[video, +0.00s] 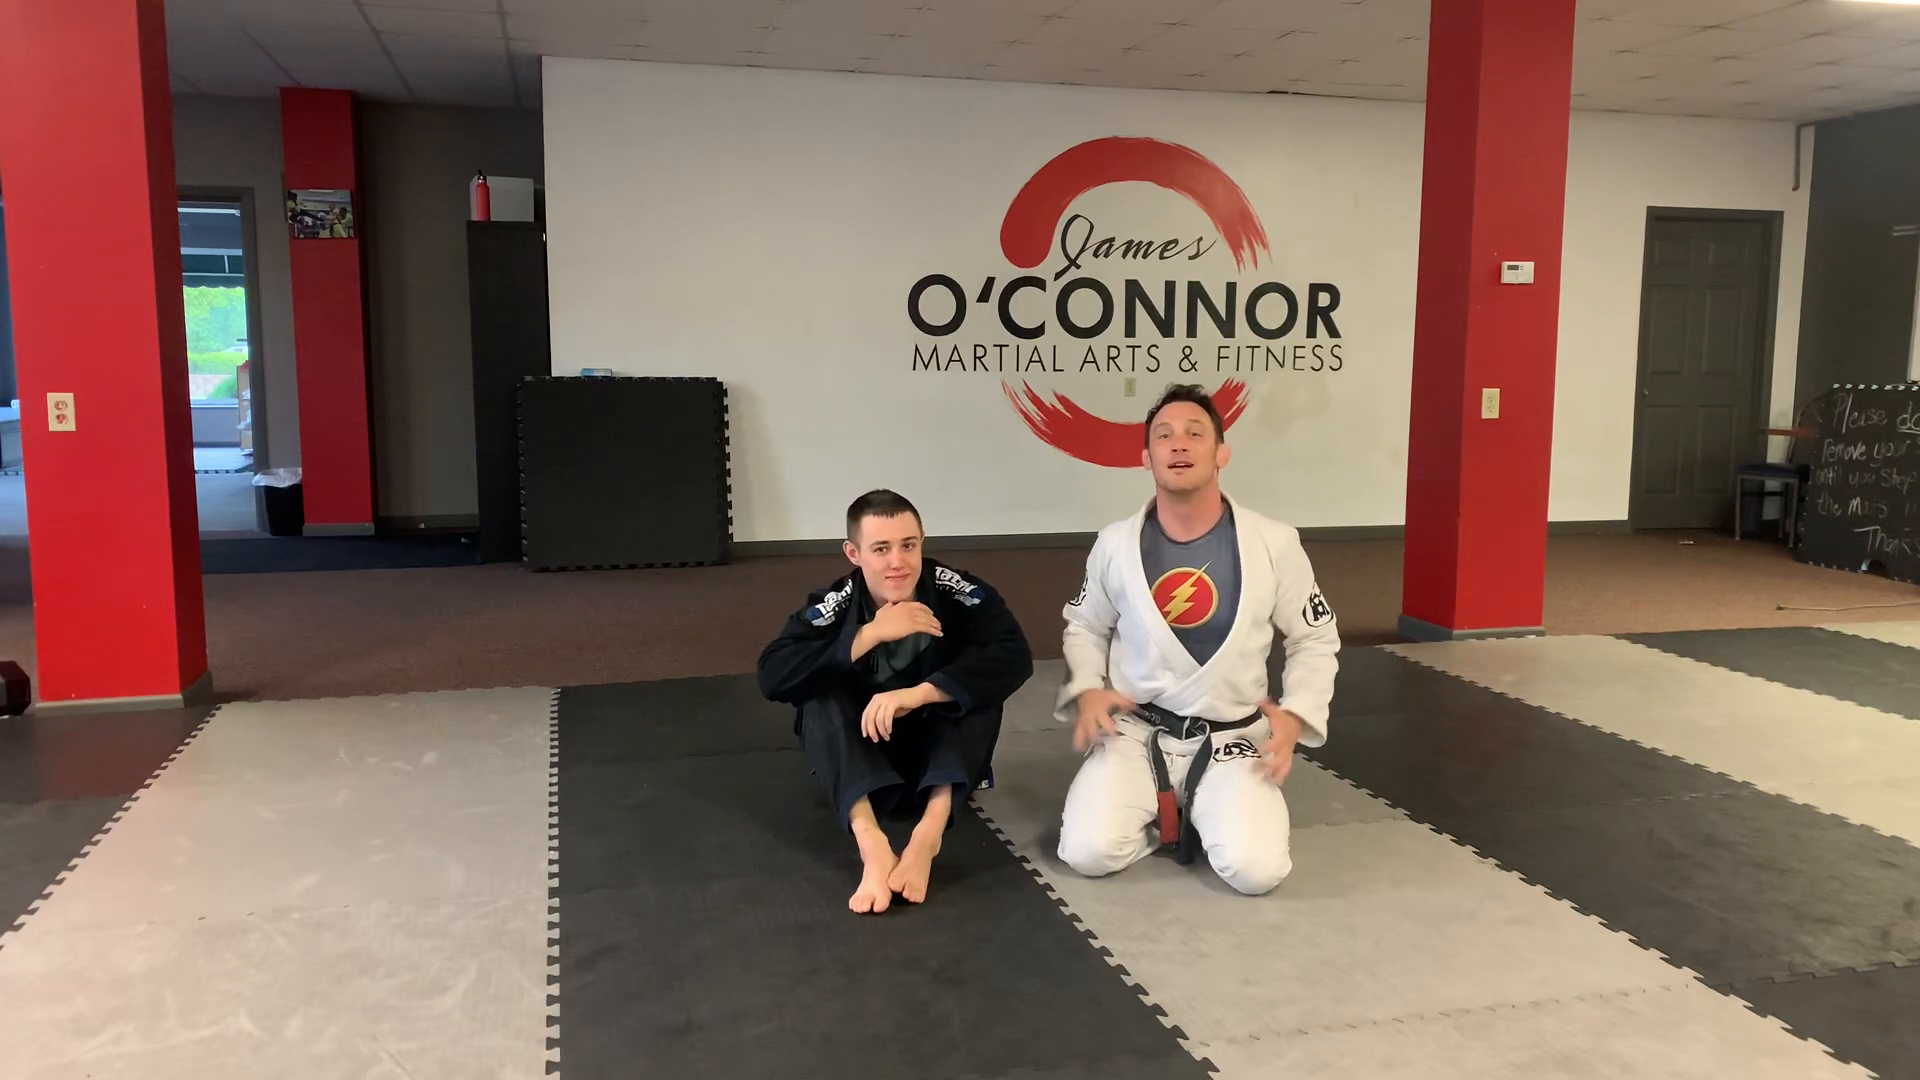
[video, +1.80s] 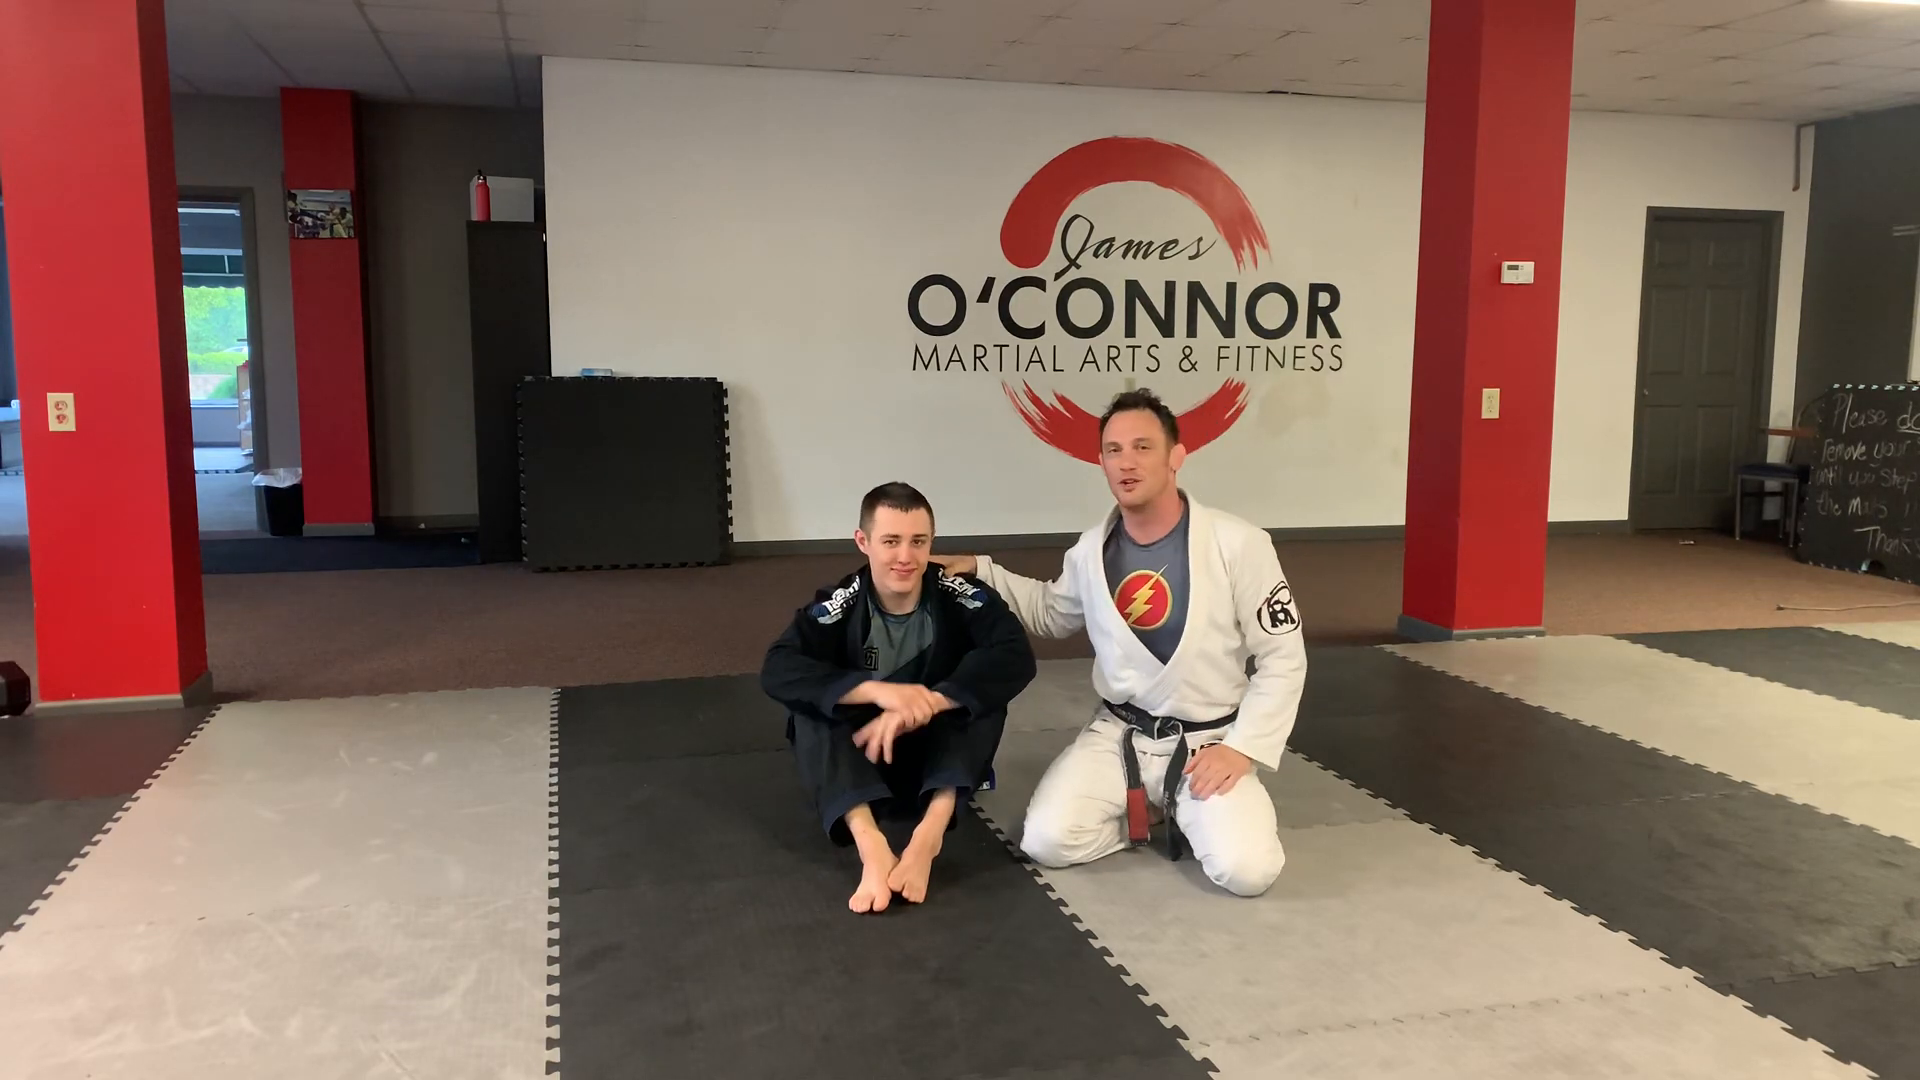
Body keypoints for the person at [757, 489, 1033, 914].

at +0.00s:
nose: (898, 561)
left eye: (908, 545)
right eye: (881, 549)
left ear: (921, 543)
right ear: (854, 554)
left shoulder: (960, 593)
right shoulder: (832, 606)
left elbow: (1011, 656)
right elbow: (774, 676)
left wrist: (920, 694)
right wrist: (872, 632)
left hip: (940, 756)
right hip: (859, 760)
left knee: (979, 687)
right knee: (823, 692)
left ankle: (929, 835)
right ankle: (872, 845)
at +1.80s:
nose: (906, 556)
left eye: (918, 542)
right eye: (891, 542)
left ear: (931, 542)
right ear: (863, 542)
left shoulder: (964, 596)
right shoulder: (840, 604)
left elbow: (1015, 657)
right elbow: (779, 669)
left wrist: (918, 707)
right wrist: (878, 691)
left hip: (938, 756)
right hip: (858, 759)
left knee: (983, 693)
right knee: (811, 706)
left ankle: (930, 835)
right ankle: (870, 845)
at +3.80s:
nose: (901, 555)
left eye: (911, 539)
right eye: (884, 543)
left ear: (922, 536)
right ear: (856, 546)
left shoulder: (958, 592)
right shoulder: (835, 604)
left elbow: (1014, 656)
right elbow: (781, 669)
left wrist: (927, 706)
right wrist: (879, 692)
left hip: (937, 753)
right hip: (860, 756)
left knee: (985, 697)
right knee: (810, 706)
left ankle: (929, 836)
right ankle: (870, 845)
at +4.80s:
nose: (914, 550)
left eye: (925, 535)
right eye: (900, 536)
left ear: (936, 532)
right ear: (870, 536)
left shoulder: (972, 596)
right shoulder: (843, 597)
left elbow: (1011, 671)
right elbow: (776, 658)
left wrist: (965, 717)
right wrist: (845, 692)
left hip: (937, 765)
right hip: (860, 760)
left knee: (969, 660)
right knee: (808, 698)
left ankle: (928, 836)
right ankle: (857, 848)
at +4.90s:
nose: (920, 548)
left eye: (932, 534)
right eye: (906, 534)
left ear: (943, 533)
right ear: (877, 533)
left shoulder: (979, 601)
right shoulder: (848, 592)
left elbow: (1020, 685)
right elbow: (766, 649)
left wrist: (1002, 733)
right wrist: (794, 685)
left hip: (936, 764)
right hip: (858, 760)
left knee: (967, 661)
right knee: (793, 677)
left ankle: (928, 832)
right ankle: (821, 841)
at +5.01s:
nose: (927, 549)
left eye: (939, 535)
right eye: (913, 534)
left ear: (951, 533)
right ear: (885, 531)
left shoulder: (983, 604)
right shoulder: (853, 591)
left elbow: (1023, 699)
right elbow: (764, 637)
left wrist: (1015, 766)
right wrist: (755, 670)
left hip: (944, 767)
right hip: (861, 764)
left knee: (958, 659)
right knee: (777, 671)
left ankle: (924, 831)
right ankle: (775, 840)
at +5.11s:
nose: (932, 552)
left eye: (945, 539)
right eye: (919, 537)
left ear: (958, 537)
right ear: (894, 532)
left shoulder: (986, 606)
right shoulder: (863, 586)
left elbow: (1023, 710)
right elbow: (785, 618)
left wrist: (1018, 794)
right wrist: (735, 651)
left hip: (945, 765)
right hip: (863, 758)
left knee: (946, 659)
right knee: (758, 669)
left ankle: (918, 831)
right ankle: (722, 830)